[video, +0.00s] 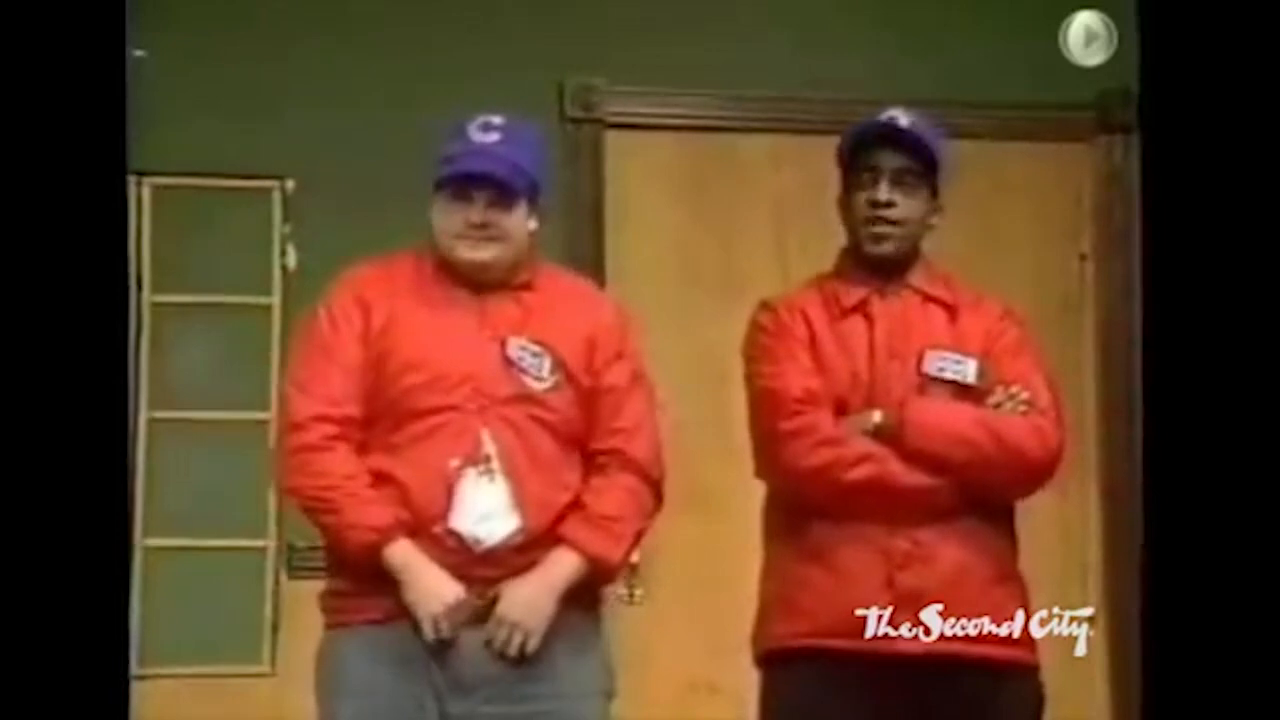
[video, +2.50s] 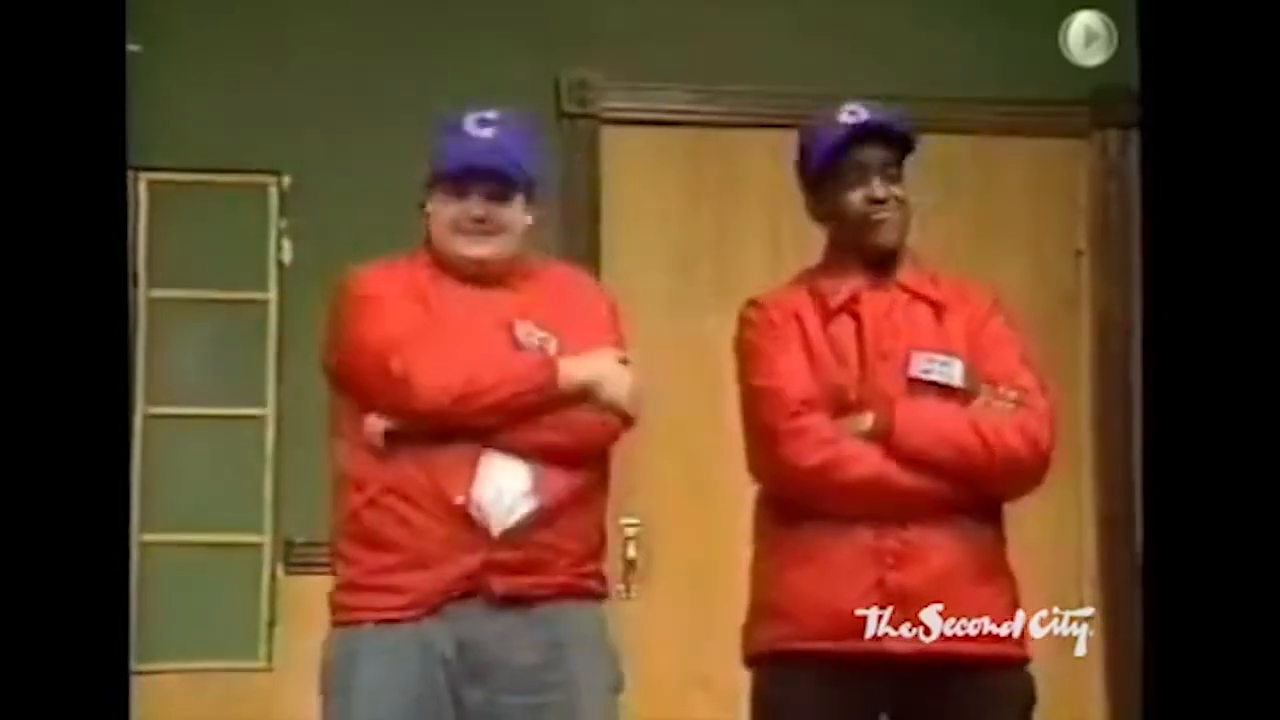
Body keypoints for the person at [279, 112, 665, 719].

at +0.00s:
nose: (478, 216)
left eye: (501, 201)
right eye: (460, 196)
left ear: (533, 217)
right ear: (434, 206)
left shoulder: (588, 314)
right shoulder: (365, 299)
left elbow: (631, 468)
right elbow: (311, 448)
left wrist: (550, 579)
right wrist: (406, 561)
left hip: (546, 629)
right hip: (382, 630)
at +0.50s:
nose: (546, 212)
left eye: (545, 196)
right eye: (522, 199)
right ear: (457, 214)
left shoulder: (592, 314)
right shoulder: (362, 305)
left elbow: (633, 466)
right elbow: (310, 452)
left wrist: (553, 579)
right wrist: (403, 562)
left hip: (543, 629)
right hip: (385, 629)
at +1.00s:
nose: (554, 209)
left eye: (553, 192)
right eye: (531, 195)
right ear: (465, 209)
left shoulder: (595, 312)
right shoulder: (370, 303)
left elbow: (642, 463)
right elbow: (320, 452)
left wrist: (569, 578)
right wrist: (419, 562)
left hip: (554, 632)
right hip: (398, 632)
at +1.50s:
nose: (547, 217)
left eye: (547, 201)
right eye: (525, 203)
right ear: (459, 211)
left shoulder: (574, 298)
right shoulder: (379, 283)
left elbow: (638, 457)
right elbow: (450, 360)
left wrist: (577, 571)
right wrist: (574, 317)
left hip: (545, 623)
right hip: (397, 634)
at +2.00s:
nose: (541, 215)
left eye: (544, 199)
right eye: (520, 200)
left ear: (552, 200)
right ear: (453, 208)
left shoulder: (569, 296)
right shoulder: (374, 283)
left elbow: (637, 441)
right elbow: (433, 370)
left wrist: (570, 540)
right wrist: (561, 322)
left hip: (547, 625)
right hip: (394, 633)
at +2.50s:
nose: (476, 210)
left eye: (498, 194)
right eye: (456, 191)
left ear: (531, 211)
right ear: (427, 202)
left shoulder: (576, 296)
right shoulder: (375, 290)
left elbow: (597, 424)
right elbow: (419, 390)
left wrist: (435, 418)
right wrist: (566, 374)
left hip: (550, 613)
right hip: (394, 618)